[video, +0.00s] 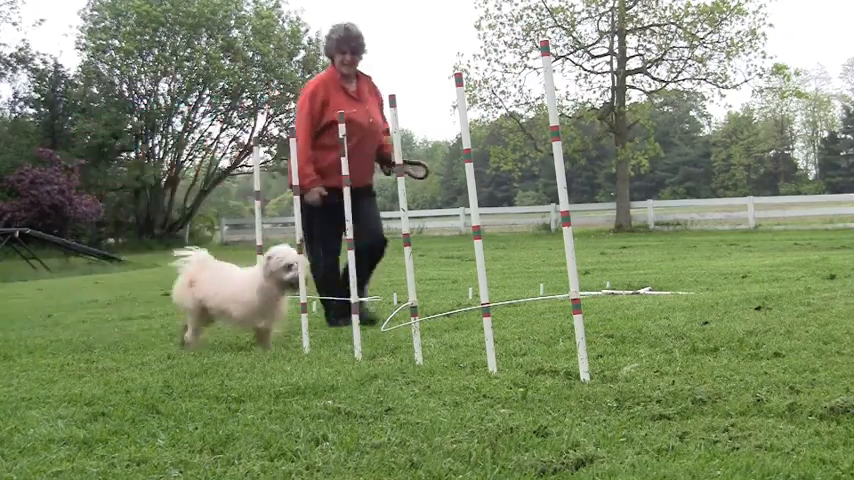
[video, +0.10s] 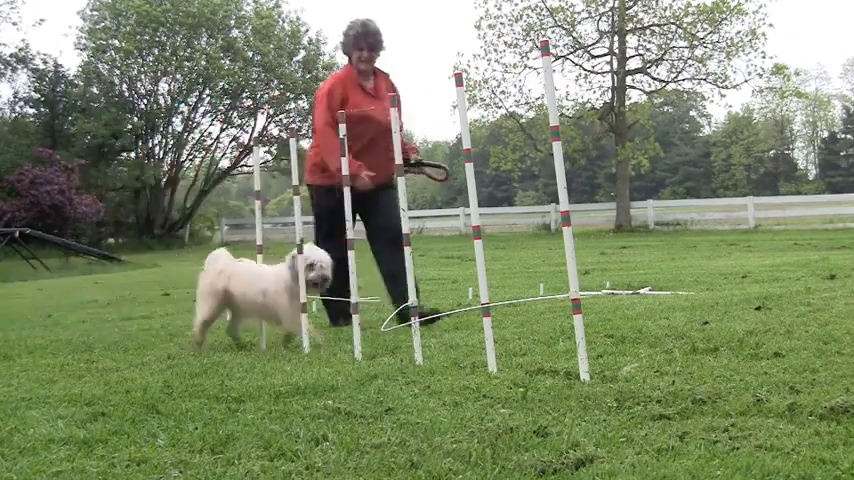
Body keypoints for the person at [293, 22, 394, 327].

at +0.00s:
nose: (348, 59)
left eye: (353, 53)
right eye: (341, 54)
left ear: (361, 54)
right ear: (331, 55)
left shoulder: (368, 87)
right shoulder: (316, 89)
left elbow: (378, 132)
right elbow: (301, 138)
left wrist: (389, 158)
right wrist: (308, 182)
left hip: (360, 186)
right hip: (323, 188)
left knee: (374, 243)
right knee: (325, 254)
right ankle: (336, 313)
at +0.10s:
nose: (366, 55)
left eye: (372, 49)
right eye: (360, 49)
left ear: (379, 50)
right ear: (348, 51)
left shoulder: (386, 85)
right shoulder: (333, 88)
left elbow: (391, 130)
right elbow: (325, 141)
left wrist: (407, 150)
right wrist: (353, 171)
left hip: (377, 180)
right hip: (332, 182)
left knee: (390, 240)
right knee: (333, 249)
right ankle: (340, 316)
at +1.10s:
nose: (532, 6)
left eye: (539, 0)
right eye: (525, 1)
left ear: (550, 3)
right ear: (515, 4)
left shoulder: (568, 42)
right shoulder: (501, 47)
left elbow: (585, 91)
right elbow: (489, 106)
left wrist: (596, 124)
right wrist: (501, 153)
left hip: (564, 160)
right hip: (513, 163)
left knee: (584, 233)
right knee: (508, 247)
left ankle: (609, 311)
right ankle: (514, 323)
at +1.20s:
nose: (551, 6)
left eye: (557, 0)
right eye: (543, 1)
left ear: (569, 3)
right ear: (533, 6)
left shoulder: (585, 42)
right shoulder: (520, 47)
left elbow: (603, 93)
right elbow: (507, 106)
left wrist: (617, 124)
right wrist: (519, 155)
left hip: (584, 160)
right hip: (532, 162)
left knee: (598, 237)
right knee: (520, 246)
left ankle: (615, 318)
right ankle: (517, 323)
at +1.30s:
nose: (569, 2)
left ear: (589, 1)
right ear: (552, 2)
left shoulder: (610, 39)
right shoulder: (539, 43)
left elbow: (627, 93)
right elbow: (525, 104)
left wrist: (637, 124)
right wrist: (529, 156)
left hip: (607, 164)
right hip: (554, 165)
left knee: (619, 244)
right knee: (543, 247)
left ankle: (624, 322)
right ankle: (525, 319)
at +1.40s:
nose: (583, 0)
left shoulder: (626, 29)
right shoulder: (552, 35)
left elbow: (649, 79)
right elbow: (535, 99)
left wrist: (656, 114)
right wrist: (537, 152)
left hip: (622, 158)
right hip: (570, 159)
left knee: (632, 241)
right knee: (581, 237)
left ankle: (626, 320)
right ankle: (554, 294)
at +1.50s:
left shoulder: (643, 20)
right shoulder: (565, 25)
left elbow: (666, 72)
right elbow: (544, 90)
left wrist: (674, 105)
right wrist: (542, 146)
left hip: (634, 149)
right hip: (584, 149)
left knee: (634, 234)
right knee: (602, 225)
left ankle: (630, 316)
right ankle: (594, 305)